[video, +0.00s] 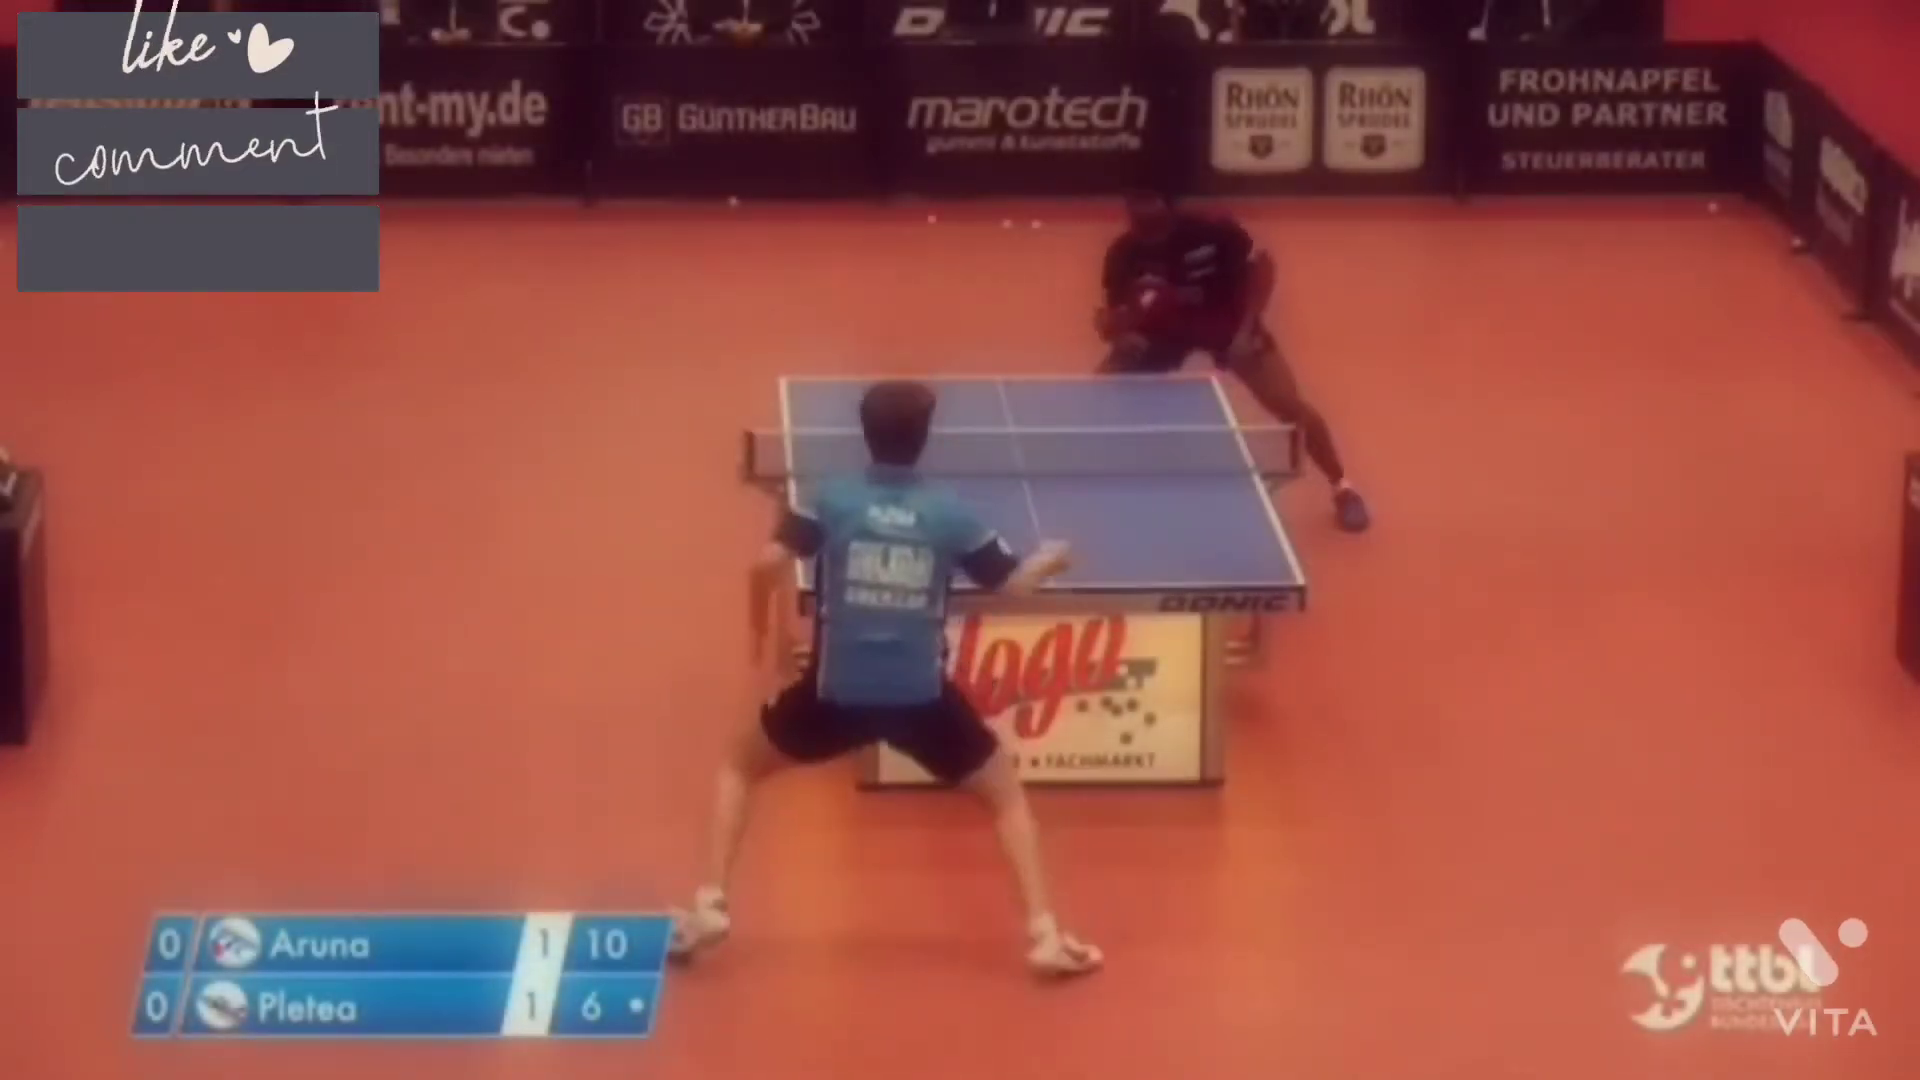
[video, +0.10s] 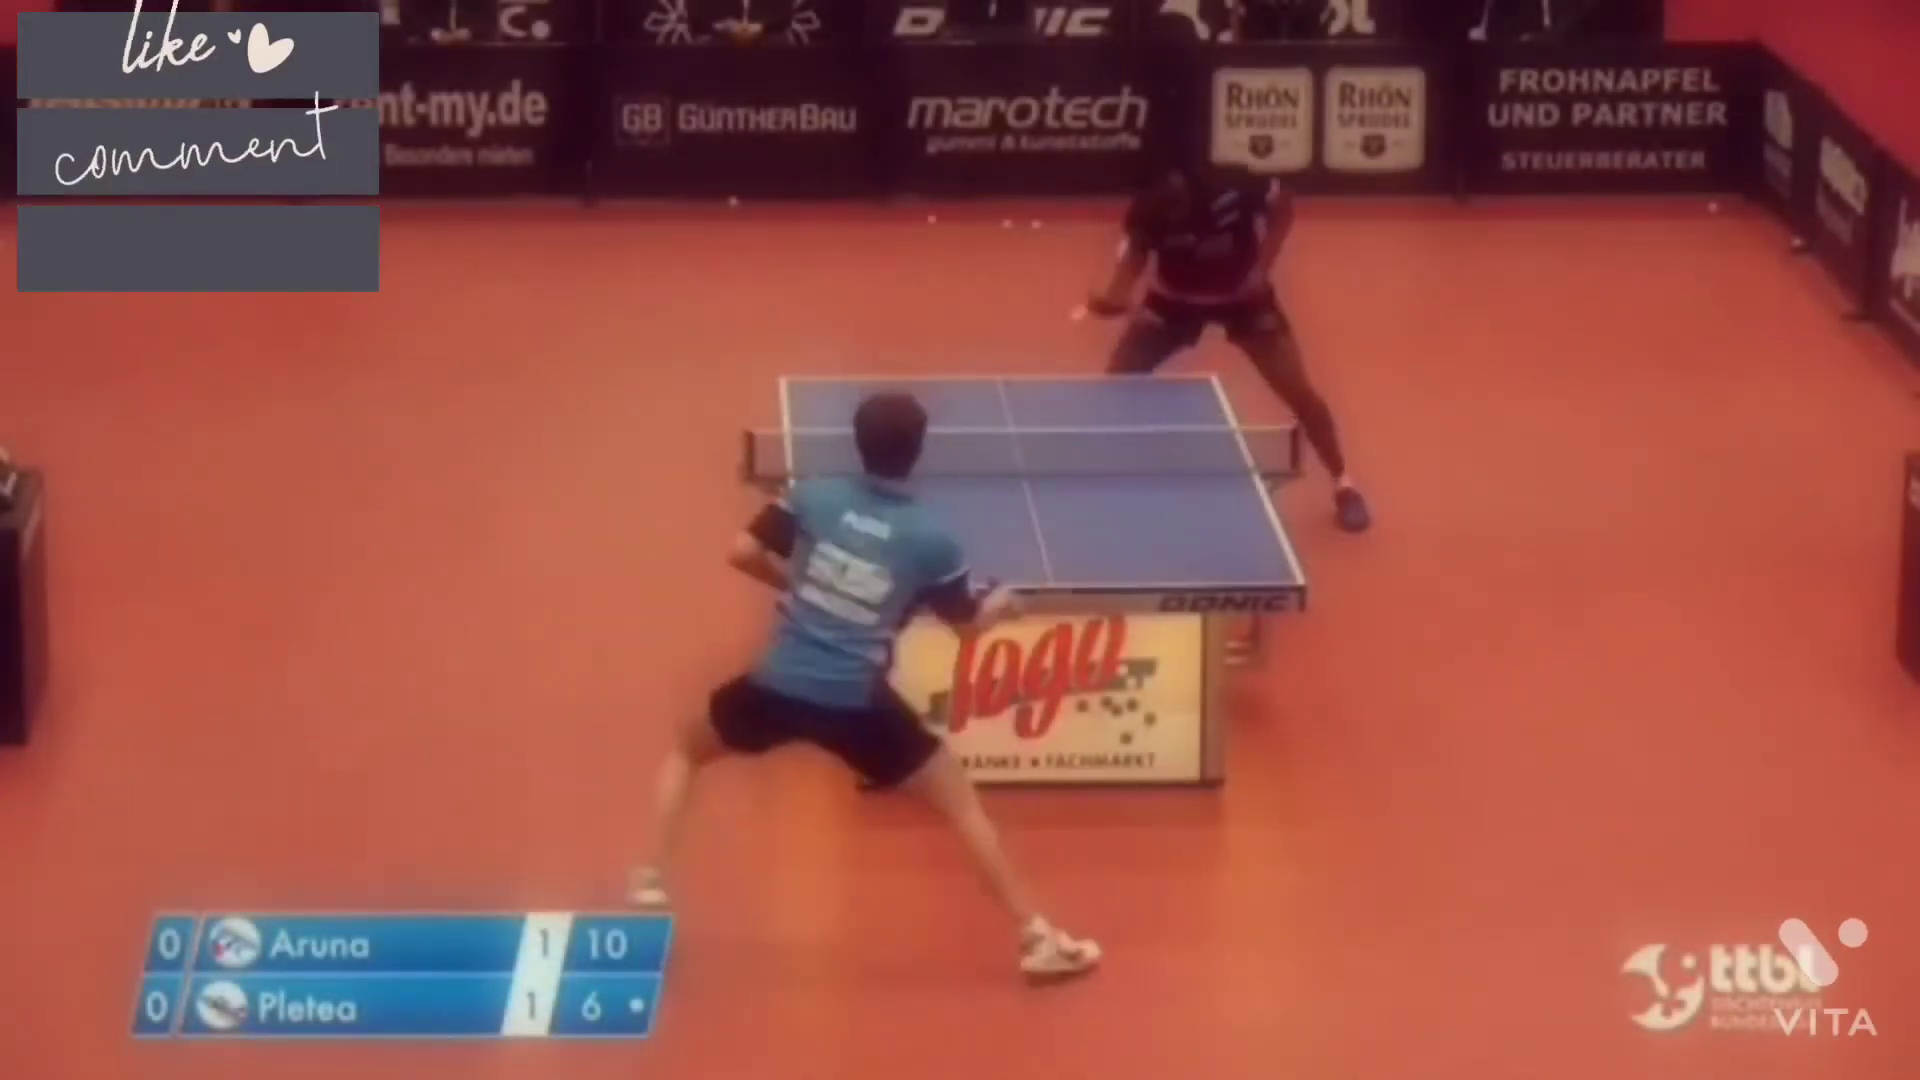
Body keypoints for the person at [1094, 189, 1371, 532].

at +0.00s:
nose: (1144, 216)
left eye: (1151, 205)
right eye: (1135, 207)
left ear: (1169, 202)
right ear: (1128, 208)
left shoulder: (1215, 233)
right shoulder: (1124, 253)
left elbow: (1261, 268)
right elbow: (1109, 324)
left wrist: (1247, 325)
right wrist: (1136, 312)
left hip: (1226, 329)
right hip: (1160, 334)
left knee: (1288, 405)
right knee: (1101, 395)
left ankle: (1340, 486)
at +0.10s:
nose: (1171, 208)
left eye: (1176, 197)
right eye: (1163, 200)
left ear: (1193, 184)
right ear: (1153, 194)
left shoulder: (1232, 185)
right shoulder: (1148, 212)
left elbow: (1282, 203)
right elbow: (1130, 264)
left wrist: (1263, 268)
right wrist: (1110, 302)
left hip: (1243, 298)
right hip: (1173, 303)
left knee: (1296, 390)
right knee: (1117, 384)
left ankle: (1342, 481)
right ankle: (1110, 485)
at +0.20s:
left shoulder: (1256, 155)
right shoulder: (1166, 175)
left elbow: (1286, 185)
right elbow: (1136, 222)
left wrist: (1286, 233)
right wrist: (1099, 262)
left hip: (1251, 293)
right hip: (1179, 294)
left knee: (1301, 390)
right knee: (1120, 386)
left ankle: (1344, 482)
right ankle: (1099, 489)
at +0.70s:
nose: (1145, 147)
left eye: (1155, 138)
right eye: (1139, 138)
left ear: (1178, 135)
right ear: (1130, 138)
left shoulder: (1216, 169)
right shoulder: (1126, 179)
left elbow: (1266, 207)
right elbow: (1105, 250)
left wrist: (1240, 262)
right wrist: (1091, 263)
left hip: (1219, 294)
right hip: (1150, 293)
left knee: (1266, 390)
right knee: (1083, 379)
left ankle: (1314, 480)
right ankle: (1069, 485)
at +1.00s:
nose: (1160, 189)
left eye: (1165, 180)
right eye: (1154, 182)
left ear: (1181, 175)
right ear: (1149, 182)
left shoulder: (1217, 204)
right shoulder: (1167, 205)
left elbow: (1276, 256)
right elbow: (1164, 242)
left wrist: (1246, 316)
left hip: (1242, 329)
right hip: (1183, 323)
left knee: (1278, 425)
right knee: (1115, 375)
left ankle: (1363, 479)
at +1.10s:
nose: (1232, 175)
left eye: (1240, 167)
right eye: (1230, 167)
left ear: (1263, 167)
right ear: (1232, 170)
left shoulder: (1294, 212)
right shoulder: (1243, 204)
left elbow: (1294, 294)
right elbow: (1225, 216)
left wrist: (1221, 315)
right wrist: (1181, 205)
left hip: (1277, 336)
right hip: (1223, 326)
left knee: (1309, 435)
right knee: (1151, 379)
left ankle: (1402, 485)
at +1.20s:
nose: (1302, 202)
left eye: (1311, 195)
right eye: (1299, 192)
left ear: (1332, 198)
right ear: (1296, 188)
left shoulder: (1346, 248)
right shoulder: (1286, 192)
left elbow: (1300, 313)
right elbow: (1252, 191)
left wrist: (1221, 301)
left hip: (1293, 341)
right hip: (1234, 322)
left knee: (1324, 425)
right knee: (1157, 372)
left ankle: (1401, 488)